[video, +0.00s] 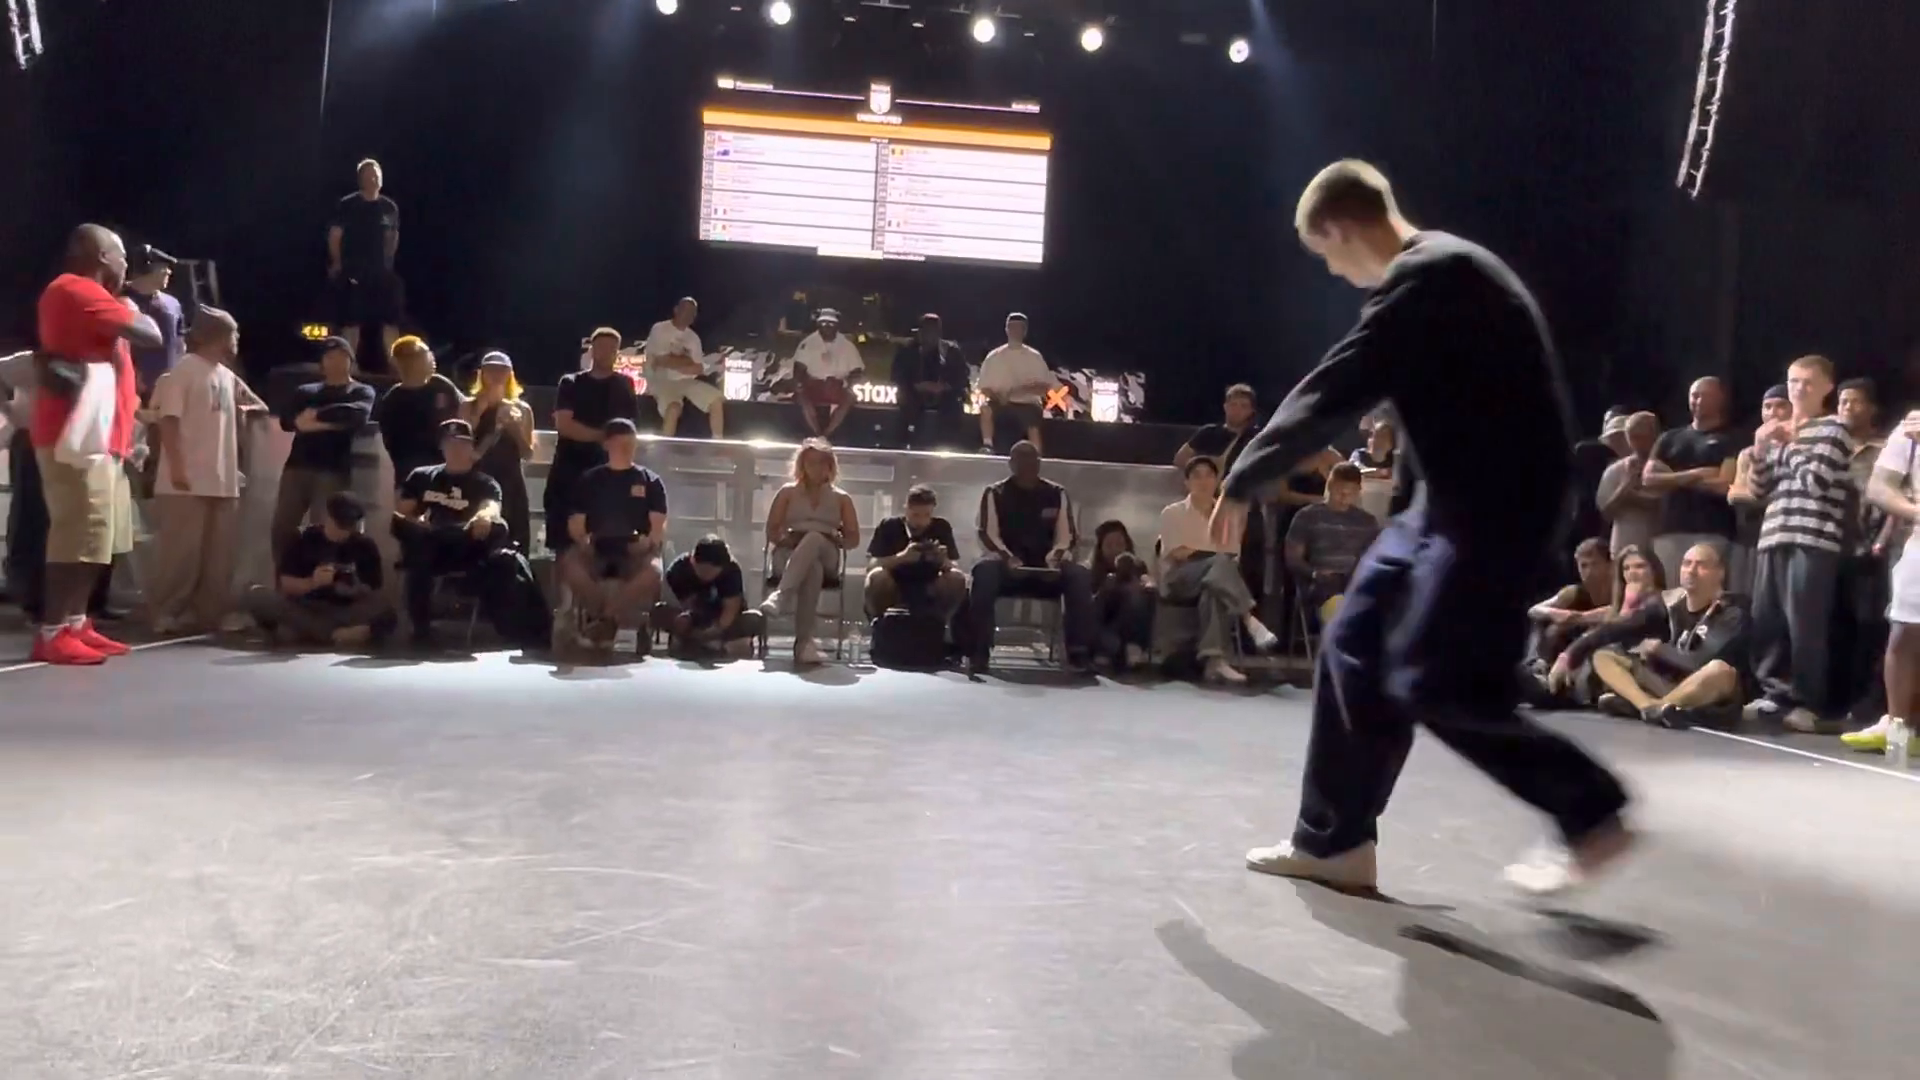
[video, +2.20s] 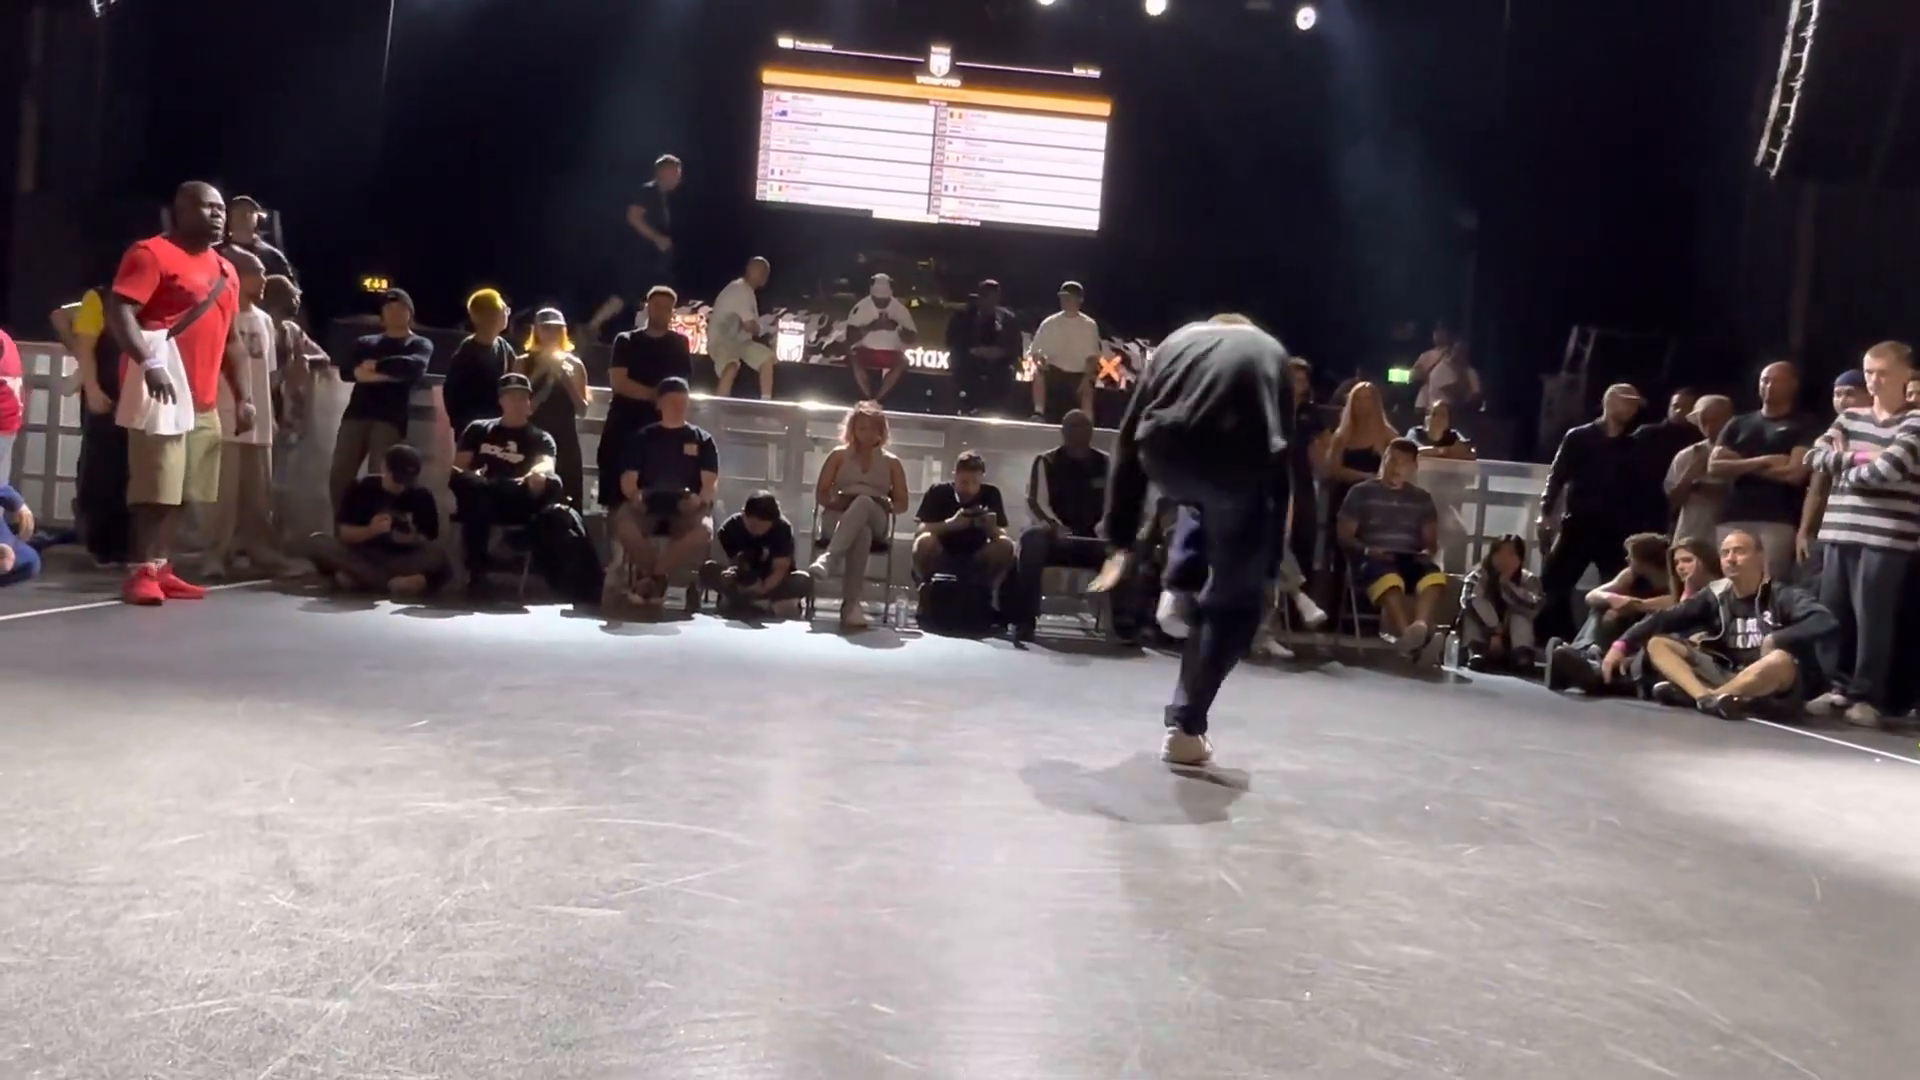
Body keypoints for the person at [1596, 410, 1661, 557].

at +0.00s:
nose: (1639, 443)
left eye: (1643, 437)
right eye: (1634, 438)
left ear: (1654, 437)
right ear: (1628, 439)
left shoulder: (1661, 469)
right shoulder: (1614, 471)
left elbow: (1666, 503)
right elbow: (1604, 509)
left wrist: (1629, 495)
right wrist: (1626, 484)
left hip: (1656, 541)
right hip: (1623, 543)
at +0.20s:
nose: (1654, 441)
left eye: (1659, 435)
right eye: (1648, 435)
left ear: (1669, 434)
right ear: (1641, 437)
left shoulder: (1678, 465)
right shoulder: (1627, 469)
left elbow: (1682, 501)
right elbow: (1618, 508)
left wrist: (1644, 493)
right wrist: (1639, 480)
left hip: (1671, 538)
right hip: (1636, 541)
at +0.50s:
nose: (1669, 437)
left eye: (1675, 430)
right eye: (1663, 431)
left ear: (1686, 430)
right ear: (1657, 433)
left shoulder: (1696, 461)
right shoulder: (1644, 465)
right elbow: (1634, 509)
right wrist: (1654, 479)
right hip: (1652, 537)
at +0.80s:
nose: (1677, 436)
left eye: (1683, 429)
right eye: (1673, 430)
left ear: (1698, 428)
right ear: (1668, 430)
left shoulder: (1709, 462)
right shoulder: (1656, 464)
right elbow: (1643, 510)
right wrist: (1661, 481)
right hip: (1662, 542)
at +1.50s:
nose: (1694, 437)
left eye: (1700, 430)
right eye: (1689, 431)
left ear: (1715, 428)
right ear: (1685, 431)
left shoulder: (1725, 460)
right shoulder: (1672, 464)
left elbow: (1725, 500)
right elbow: (1658, 508)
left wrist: (1685, 493)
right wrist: (1675, 480)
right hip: (1677, 539)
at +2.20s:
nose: (1710, 429)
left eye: (1717, 421)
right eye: (1705, 422)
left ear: (1729, 421)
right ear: (1700, 424)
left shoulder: (1739, 455)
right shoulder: (1686, 457)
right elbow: (1672, 499)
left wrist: (1697, 487)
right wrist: (1690, 474)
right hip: (1691, 536)